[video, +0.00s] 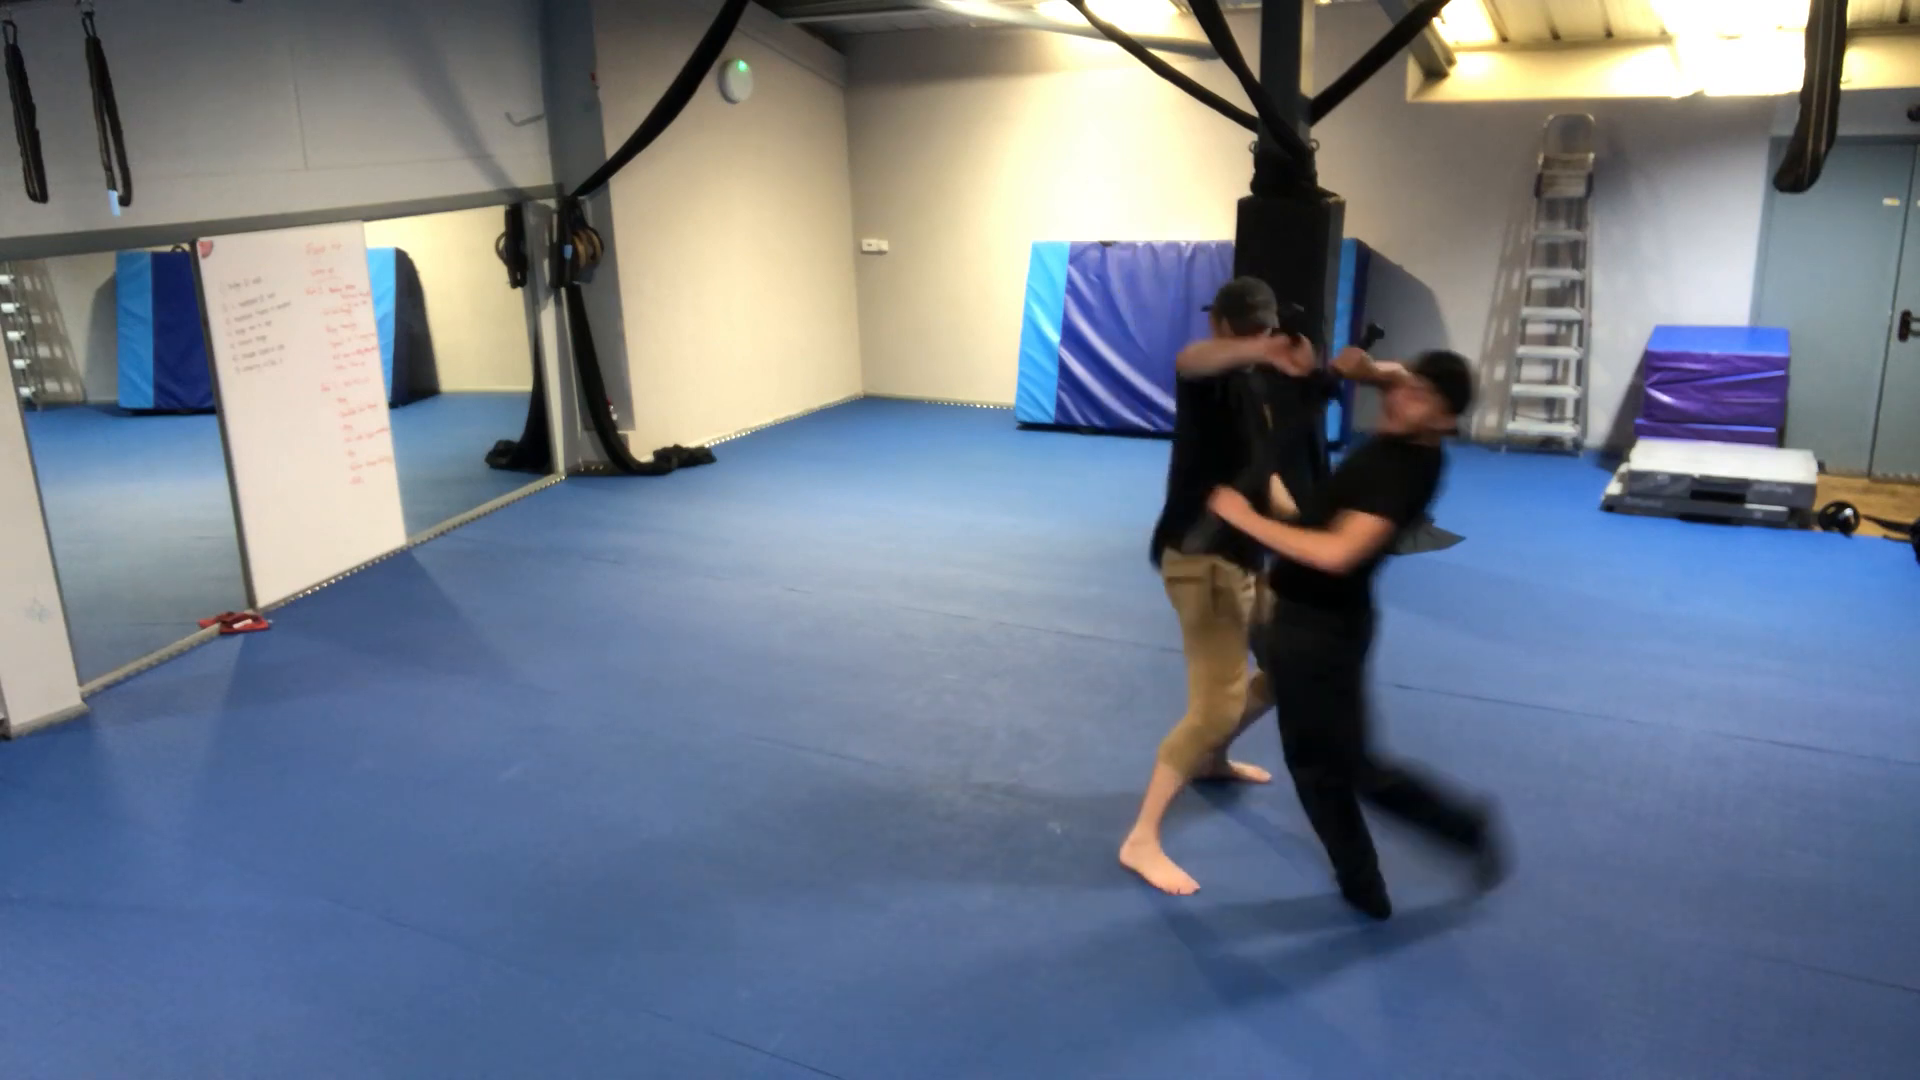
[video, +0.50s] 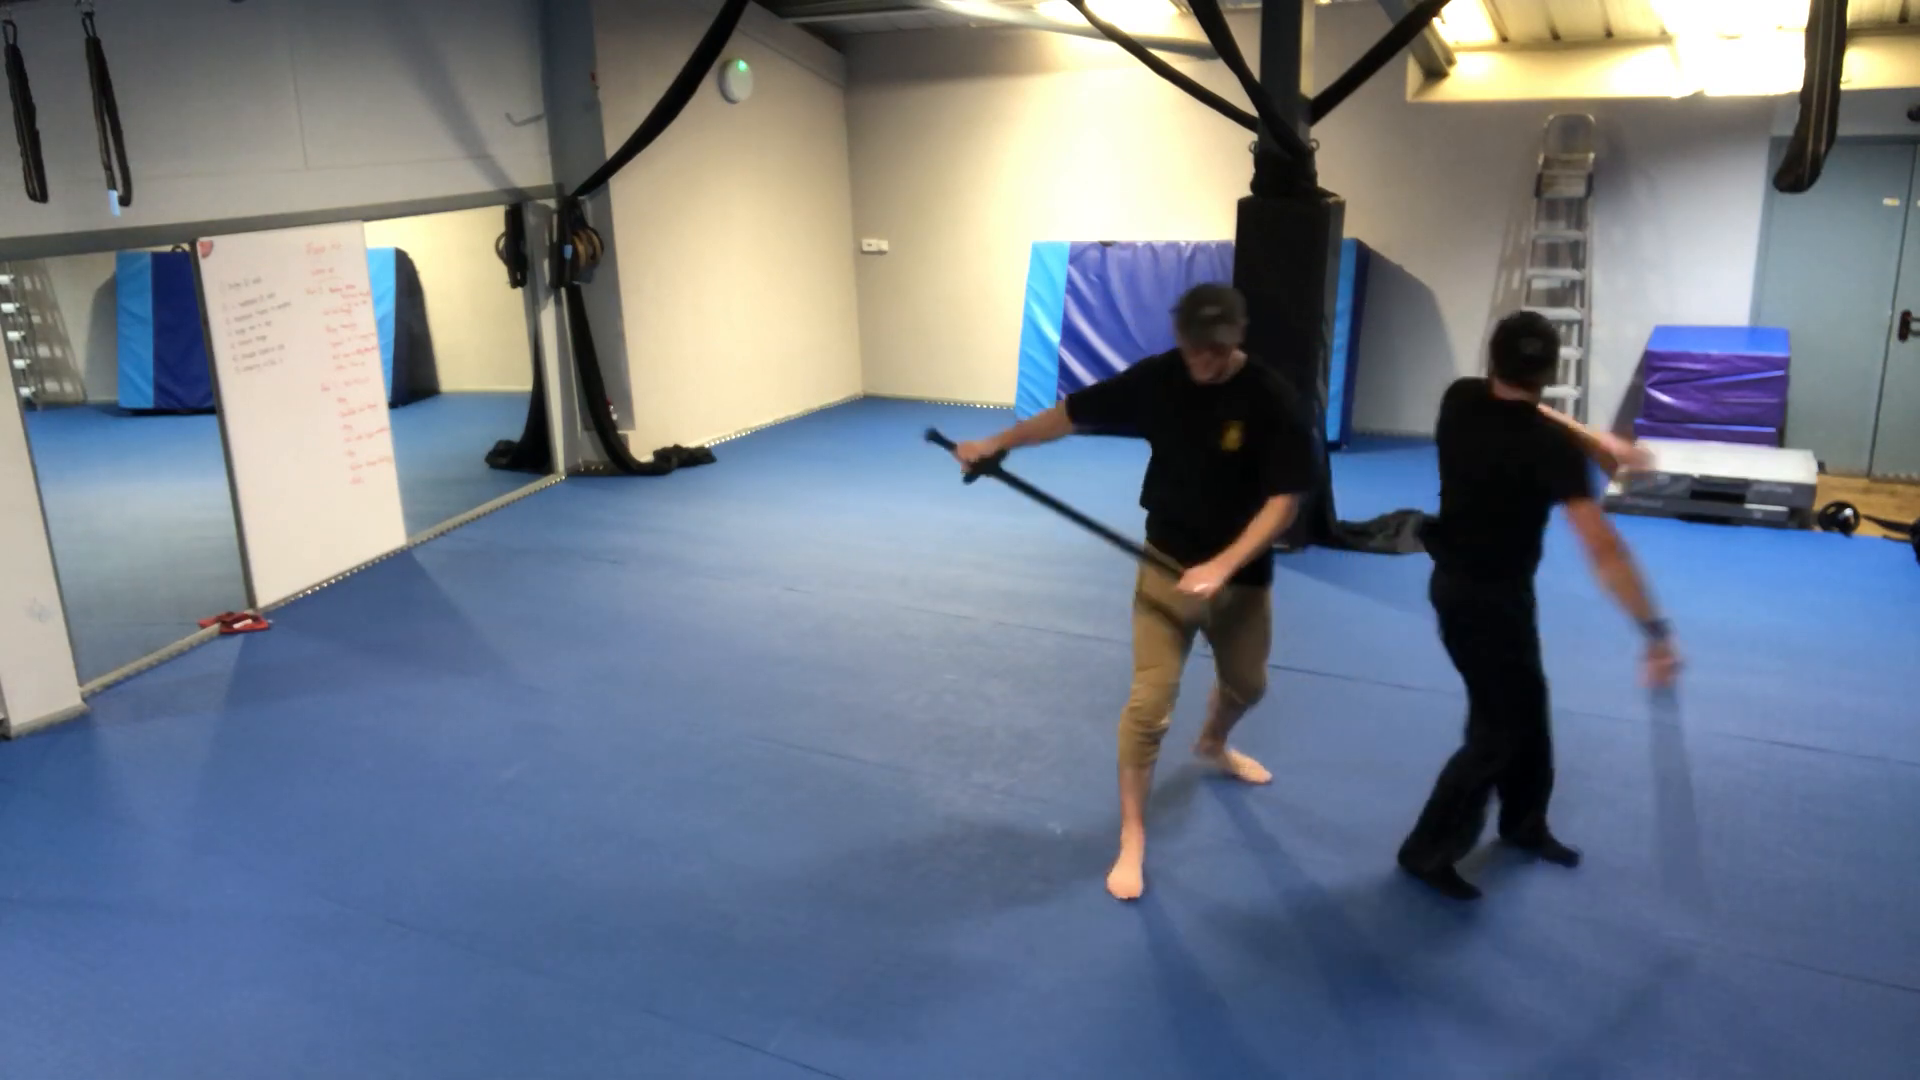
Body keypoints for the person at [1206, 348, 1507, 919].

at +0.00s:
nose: (1400, 395)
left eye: (1417, 393)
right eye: (1403, 385)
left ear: (1442, 414)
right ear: (1400, 391)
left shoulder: (1404, 464)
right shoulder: (1399, 444)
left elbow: (1338, 552)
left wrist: (1249, 520)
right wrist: (1292, 510)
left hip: (1319, 625)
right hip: (1324, 613)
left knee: (1318, 768)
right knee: (1343, 762)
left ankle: (1365, 893)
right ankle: (1467, 829)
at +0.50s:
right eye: (1545, 364)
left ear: (1492, 361)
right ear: (1549, 371)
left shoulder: (1460, 399)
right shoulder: (1553, 443)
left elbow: (1530, 415)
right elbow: (1602, 547)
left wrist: (1599, 442)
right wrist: (1653, 630)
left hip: (1456, 584)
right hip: (1499, 601)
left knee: (1521, 705)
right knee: (1498, 728)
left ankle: (1523, 822)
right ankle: (1427, 852)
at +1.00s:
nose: (1510, 367)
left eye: (1513, 358)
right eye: (1513, 356)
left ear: (1531, 363)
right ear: (1576, 362)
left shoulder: (1499, 424)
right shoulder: (1619, 427)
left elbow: (1395, 445)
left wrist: (1337, 443)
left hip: (1504, 603)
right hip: (1581, 614)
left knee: (1491, 694)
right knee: (1547, 745)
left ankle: (1484, 800)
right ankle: (1491, 895)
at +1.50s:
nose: (1567, 349)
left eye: (1575, 339)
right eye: (1569, 338)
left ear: (1607, 345)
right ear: (1625, 346)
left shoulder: (1600, 407)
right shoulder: (1669, 405)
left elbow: (1562, 476)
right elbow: (1640, 490)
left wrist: (1464, 516)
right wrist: (1577, 534)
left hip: (1580, 576)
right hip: (1636, 577)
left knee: (1530, 694)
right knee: (1653, 684)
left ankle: (1508, 818)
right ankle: (1688, 788)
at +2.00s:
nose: (1632, 329)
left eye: (1641, 319)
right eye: (1633, 318)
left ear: (1679, 320)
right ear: (1681, 322)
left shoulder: (1681, 385)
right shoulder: (1720, 372)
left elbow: (1684, 483)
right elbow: (1682, 461)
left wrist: (1652, 556)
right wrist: (1636, 499)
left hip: (1655, 540)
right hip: (1703, 542)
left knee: (1600, 643)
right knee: (1692, 665)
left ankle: (1592, 757)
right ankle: (1694, 781)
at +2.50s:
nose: (1578, 332)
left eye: (1585, 322)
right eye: (1578, 321)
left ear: (1617, 321)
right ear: (1628, 320)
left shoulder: (1607, 384)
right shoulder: (1674, 359)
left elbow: (1553, 471)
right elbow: (1628, 413)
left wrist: (1552, 438)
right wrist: (1569, 411)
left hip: (1596, 526)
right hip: (1655, 525)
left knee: (1574, 623)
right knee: (1665, 637)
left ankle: (1557, 711)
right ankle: (1685, 767)